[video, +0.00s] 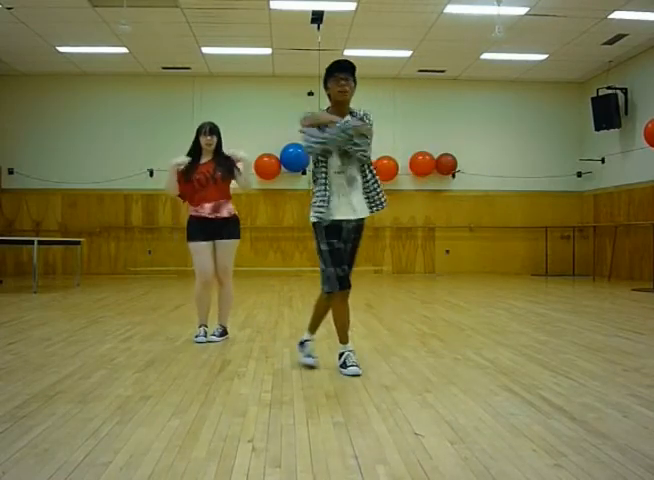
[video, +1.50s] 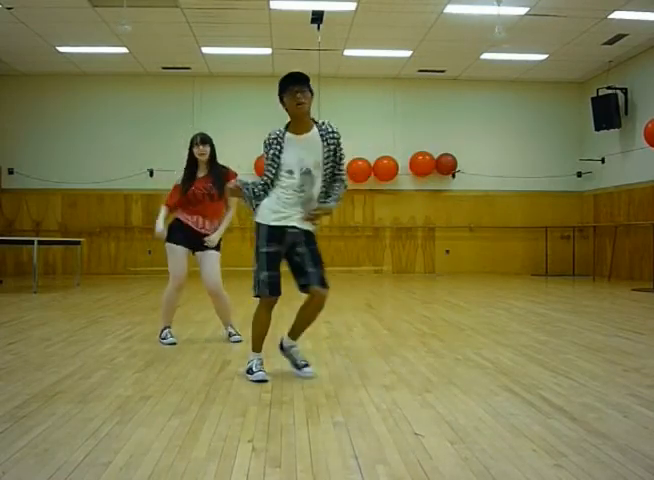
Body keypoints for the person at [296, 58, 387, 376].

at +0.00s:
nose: (342, 85)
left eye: (347, 81)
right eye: (336, 80)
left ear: (354, 87)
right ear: (326, 87)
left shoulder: (363, 120)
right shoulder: (315, 125)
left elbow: (342, 137)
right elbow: (309, 137)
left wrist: (316, 125)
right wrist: (341, 125)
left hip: (355, 210)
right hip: (326, 210)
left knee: (336, 282)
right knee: (338, 282)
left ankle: (306, 340)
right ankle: (345, 350)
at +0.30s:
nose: (324, 86)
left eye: (329, 82)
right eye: (318, 82)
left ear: (337, 88)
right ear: (308, 87)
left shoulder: (344, 127)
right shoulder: (294, 125)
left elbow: (350, 172)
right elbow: (278, 173)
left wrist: (358, 148)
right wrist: (275, 139)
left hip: (324, 214)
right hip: (293, 209)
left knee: (310, 285)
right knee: (280, 279)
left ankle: (298, 342)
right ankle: (304, 335)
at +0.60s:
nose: (300, 89)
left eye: (305, 84)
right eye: (294, 84)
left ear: (313, 91)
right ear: (284, 91)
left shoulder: (326, 128)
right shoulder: (269, 133)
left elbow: (344, 172)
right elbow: (252, 173)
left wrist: (326, 187)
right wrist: (262, 185)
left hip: (308, 225)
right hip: (273, 224)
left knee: (318, 291)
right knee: (264, 293)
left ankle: (298, 335)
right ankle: (254, 357)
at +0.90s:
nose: (302, 93)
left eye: (307, 89)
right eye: (297, 88)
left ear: (313, 97)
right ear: (284, 93)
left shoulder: (317, 135)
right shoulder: (260, 133)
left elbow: (337, 175)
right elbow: (251, 178)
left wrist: (327, 186)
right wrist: (276, 207)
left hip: (327, 219)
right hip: (295, 226)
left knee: (347, 285)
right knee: (294, 298)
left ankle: (361, 353)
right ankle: (260, 357)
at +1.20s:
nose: (309, 102)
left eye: (313, 98)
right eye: (301, 97)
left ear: (318, 105)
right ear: (289, 105)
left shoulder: (321, 147)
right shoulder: (268, 137)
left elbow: (323, 189)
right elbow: (237, 178)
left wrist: (307, 208)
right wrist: (253, 215)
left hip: (295, 234)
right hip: (262, 234)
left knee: (326, 296)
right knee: (273, 299)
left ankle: (355, 357)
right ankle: (256, 360)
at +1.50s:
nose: (301, 97)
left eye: (304, 92)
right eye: (294, 94)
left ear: (312, 97)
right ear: (283, 101)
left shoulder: (328, 134)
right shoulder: (275, 139)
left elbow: (337, 178)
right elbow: (267, 184)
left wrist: (327, 205)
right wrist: (243, 188)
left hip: (302, 225)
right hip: (269, 223)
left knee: (318, 293)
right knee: (268, 296)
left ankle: (289, 343)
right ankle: (255, 358)